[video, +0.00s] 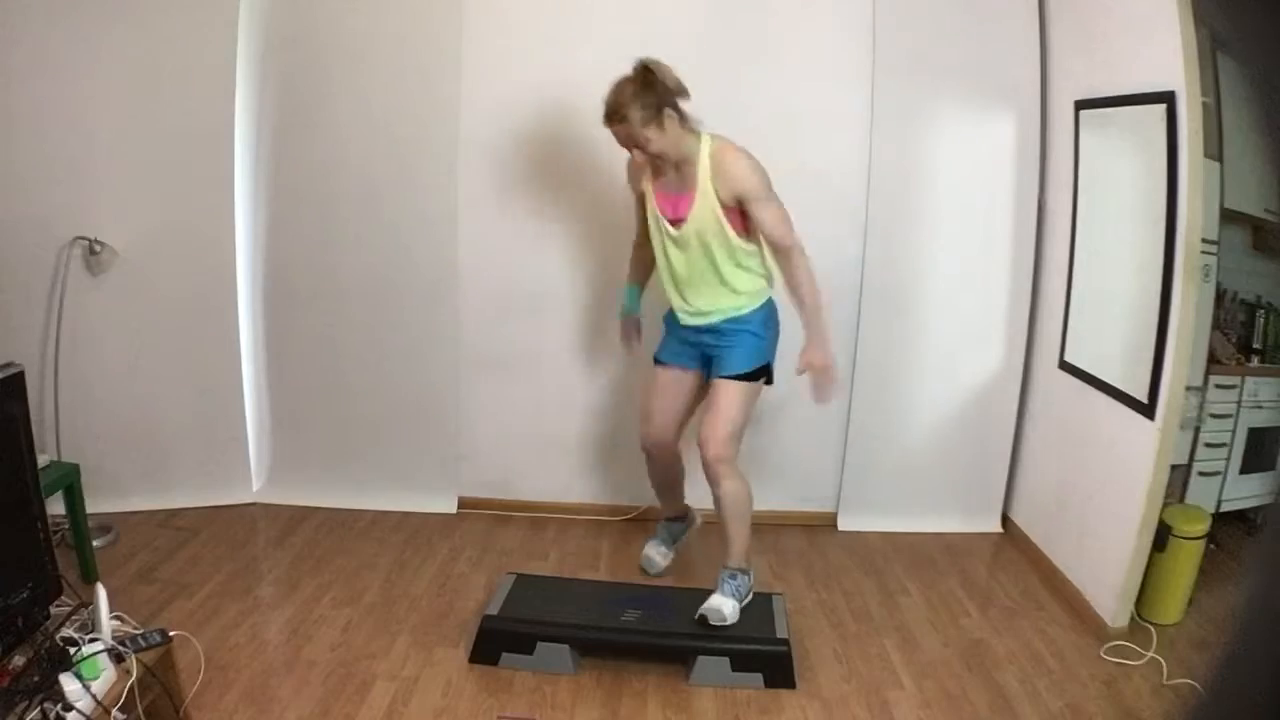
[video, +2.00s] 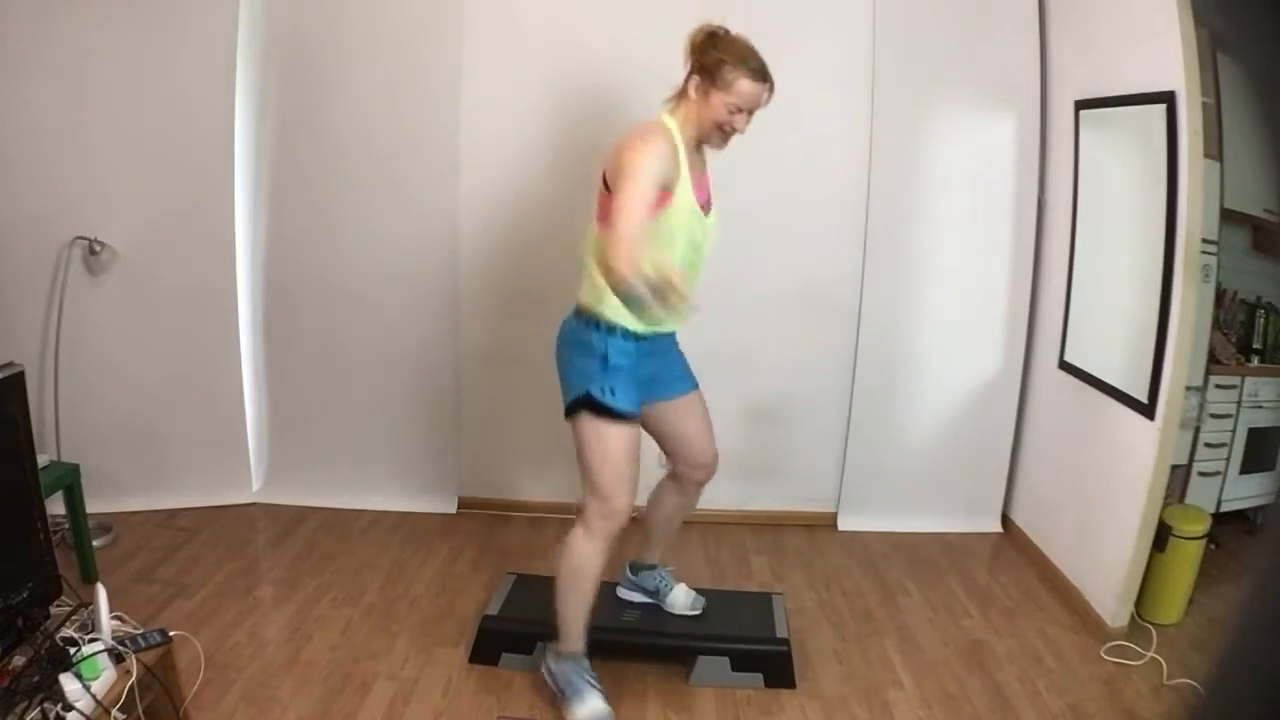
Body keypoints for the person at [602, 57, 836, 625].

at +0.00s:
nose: (637, 154)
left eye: (639, 142)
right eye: (628, 145)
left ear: (669, 117)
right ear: (631, 136)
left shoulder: (732, 167)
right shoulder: (643, 169)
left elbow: (788, 249)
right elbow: (647, 237)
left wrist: (817, 338)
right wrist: (630, 300)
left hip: (743, 322)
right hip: (684, 321)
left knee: (717, 448)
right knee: (656, 439)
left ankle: (737, 572)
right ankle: (676, 518)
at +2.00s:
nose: (741, 125)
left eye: (750, 114)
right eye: (736, 108)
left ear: (716, 100)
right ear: (697, 87)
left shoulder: (693, 158)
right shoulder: (647, 150)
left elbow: (656, 250)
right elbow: (618, 254)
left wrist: (665, 292)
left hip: (655, 345)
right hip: (603, 345)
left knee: (695, 462)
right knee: (606, 510)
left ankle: (643, 573)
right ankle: (565, 656)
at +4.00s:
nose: (565, 72)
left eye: (573, 61)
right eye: (566, 61)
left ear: (608, 65)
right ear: (613, 66)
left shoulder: (639, 136)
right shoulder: (634, 126)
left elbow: (689, 241)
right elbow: (678, 229)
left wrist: (684, 345)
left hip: (683, 316)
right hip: (674, 308)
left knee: (632, 460)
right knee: (652, 427)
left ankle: (673, 582)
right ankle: (684, 511)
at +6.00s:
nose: (641, 93)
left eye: (653, 85)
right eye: (636, 82)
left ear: (684, 89)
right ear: (631, 81)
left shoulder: (711, 144)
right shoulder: (608, 135)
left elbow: (747, 206)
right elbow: (541, 179)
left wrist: (738, 233)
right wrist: (488, 206)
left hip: (683, 310)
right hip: (623, 305)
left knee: (660, 439)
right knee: (609, 424)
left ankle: (660, 567)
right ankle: (610, 497)